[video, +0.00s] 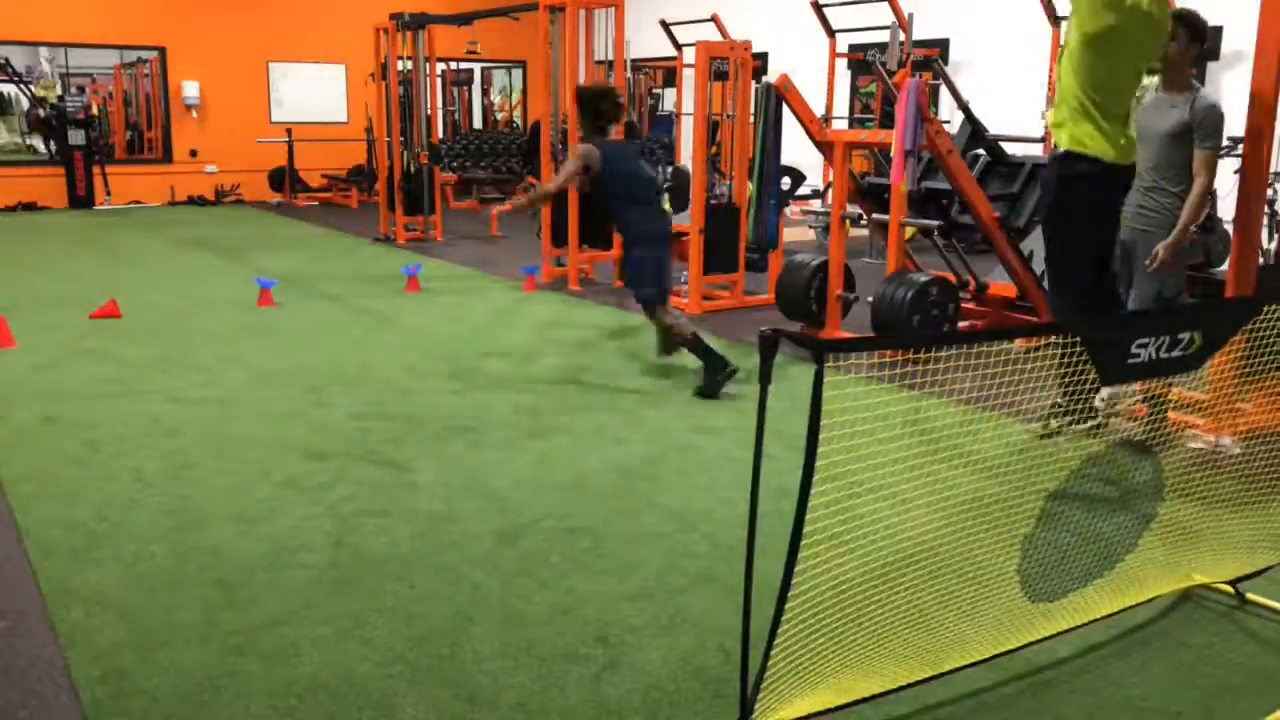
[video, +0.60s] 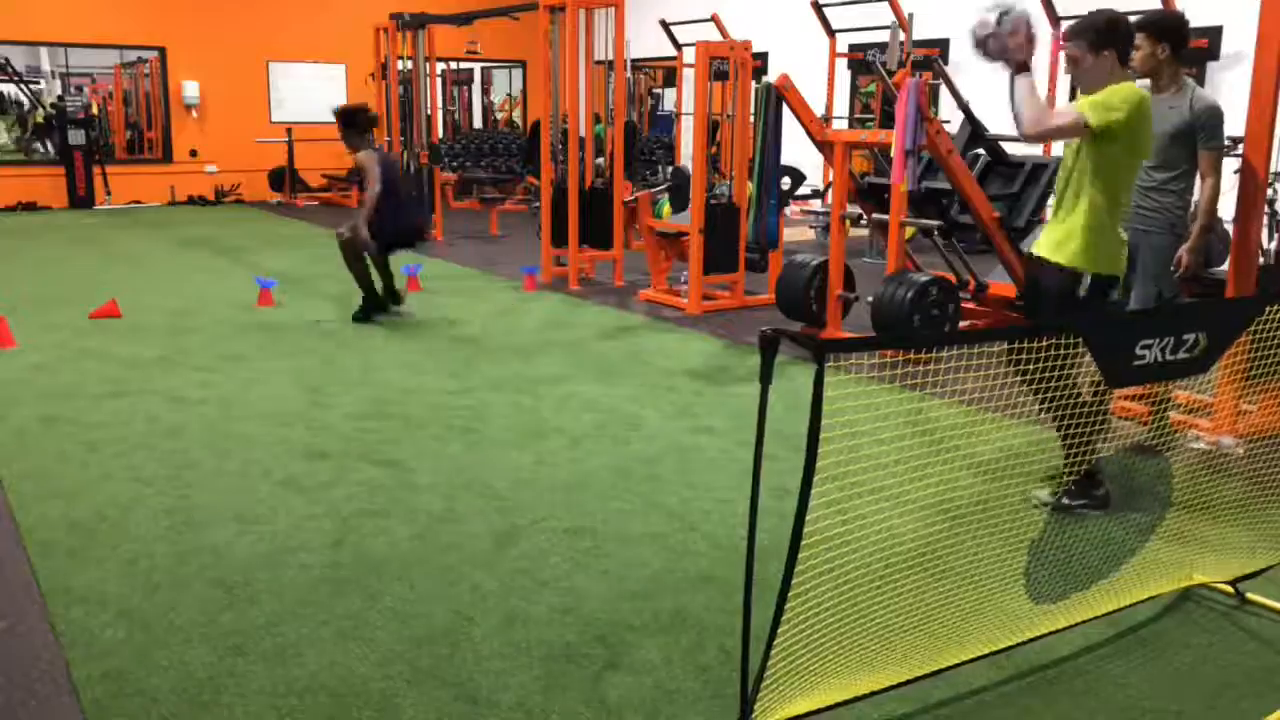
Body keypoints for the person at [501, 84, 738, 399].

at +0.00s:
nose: (577, 122)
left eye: (579, 117)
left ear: (584, 119)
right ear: (613, 119)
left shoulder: (588, 152)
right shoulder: (628, 149)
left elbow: (554, 187)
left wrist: (518, 204)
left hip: (639, 231)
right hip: (660, 224)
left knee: (655, 307)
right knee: (654, 296)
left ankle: (715, 362)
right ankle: (668, 337)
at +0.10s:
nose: (541, 110)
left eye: (544, 105)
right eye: (544, 104)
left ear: (548, 109)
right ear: (575, 110)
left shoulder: (550, 140)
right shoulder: (586, 142)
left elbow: (513, 162)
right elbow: (612, 183)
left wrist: (462, 159)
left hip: (591, 221)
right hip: (609, 218)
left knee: (602, 288)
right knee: (599, 284)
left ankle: (668, 326)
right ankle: (609, 341)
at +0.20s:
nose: (508, 103)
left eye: (510, 98)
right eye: (511, 98)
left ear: (515, 103)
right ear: (538, 104)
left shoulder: (517, 131)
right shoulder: (545, 136)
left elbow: (504, 147)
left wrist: (455, 133)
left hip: (548, 222)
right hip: (566, 217)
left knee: (535, 284)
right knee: (566, 281)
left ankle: (592, 316)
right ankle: (597, 329)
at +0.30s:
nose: (463, 96)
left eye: (465, 91)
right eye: (464, 90)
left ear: (471, 94)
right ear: (492, 96)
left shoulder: (479, 117)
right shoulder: (498, 126)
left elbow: (483, 137)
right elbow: (488, 172)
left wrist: (442, 137)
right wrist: (463, 197)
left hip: (495, 208)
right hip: (517, 206)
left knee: (461, 251)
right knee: (539, 267)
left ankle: (483, 317)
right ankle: (590, 310)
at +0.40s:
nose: (411, 101)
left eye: (414, 95)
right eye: (412, 94)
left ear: (422, 100)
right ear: (442, 101)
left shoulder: (434, 123)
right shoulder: (446, 129)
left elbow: (449, 148)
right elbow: (436, 177)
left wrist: (435, 165)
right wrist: (414, 199)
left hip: (455, 209)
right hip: (467, 207)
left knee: (419, 254)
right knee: (487, 270)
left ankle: (397, 305)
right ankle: (541, 279)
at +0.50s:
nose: (379, 121)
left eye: (381, 115)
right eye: (380, 115)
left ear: (386, 119)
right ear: (407, 118)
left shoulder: (399, 146)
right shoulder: (419, 147)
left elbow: (406, 179)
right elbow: (422, 185)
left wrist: (394, 209)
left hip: (414, 216)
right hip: (433, 216)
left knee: (378, 247)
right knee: (418, 263)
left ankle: (380, 307)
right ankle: (461, 277)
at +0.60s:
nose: (343, 141)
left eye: (344, 136)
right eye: (342, 136)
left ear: (355, 135)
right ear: (366, 133)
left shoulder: (366, 156)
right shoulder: (384, 156)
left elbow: (374, 187)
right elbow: (390, 193)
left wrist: (362, 221)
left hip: (393, 227)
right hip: (409, 225)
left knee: (345, 237)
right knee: (370, 238)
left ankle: (371, 298)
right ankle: (390, 290)